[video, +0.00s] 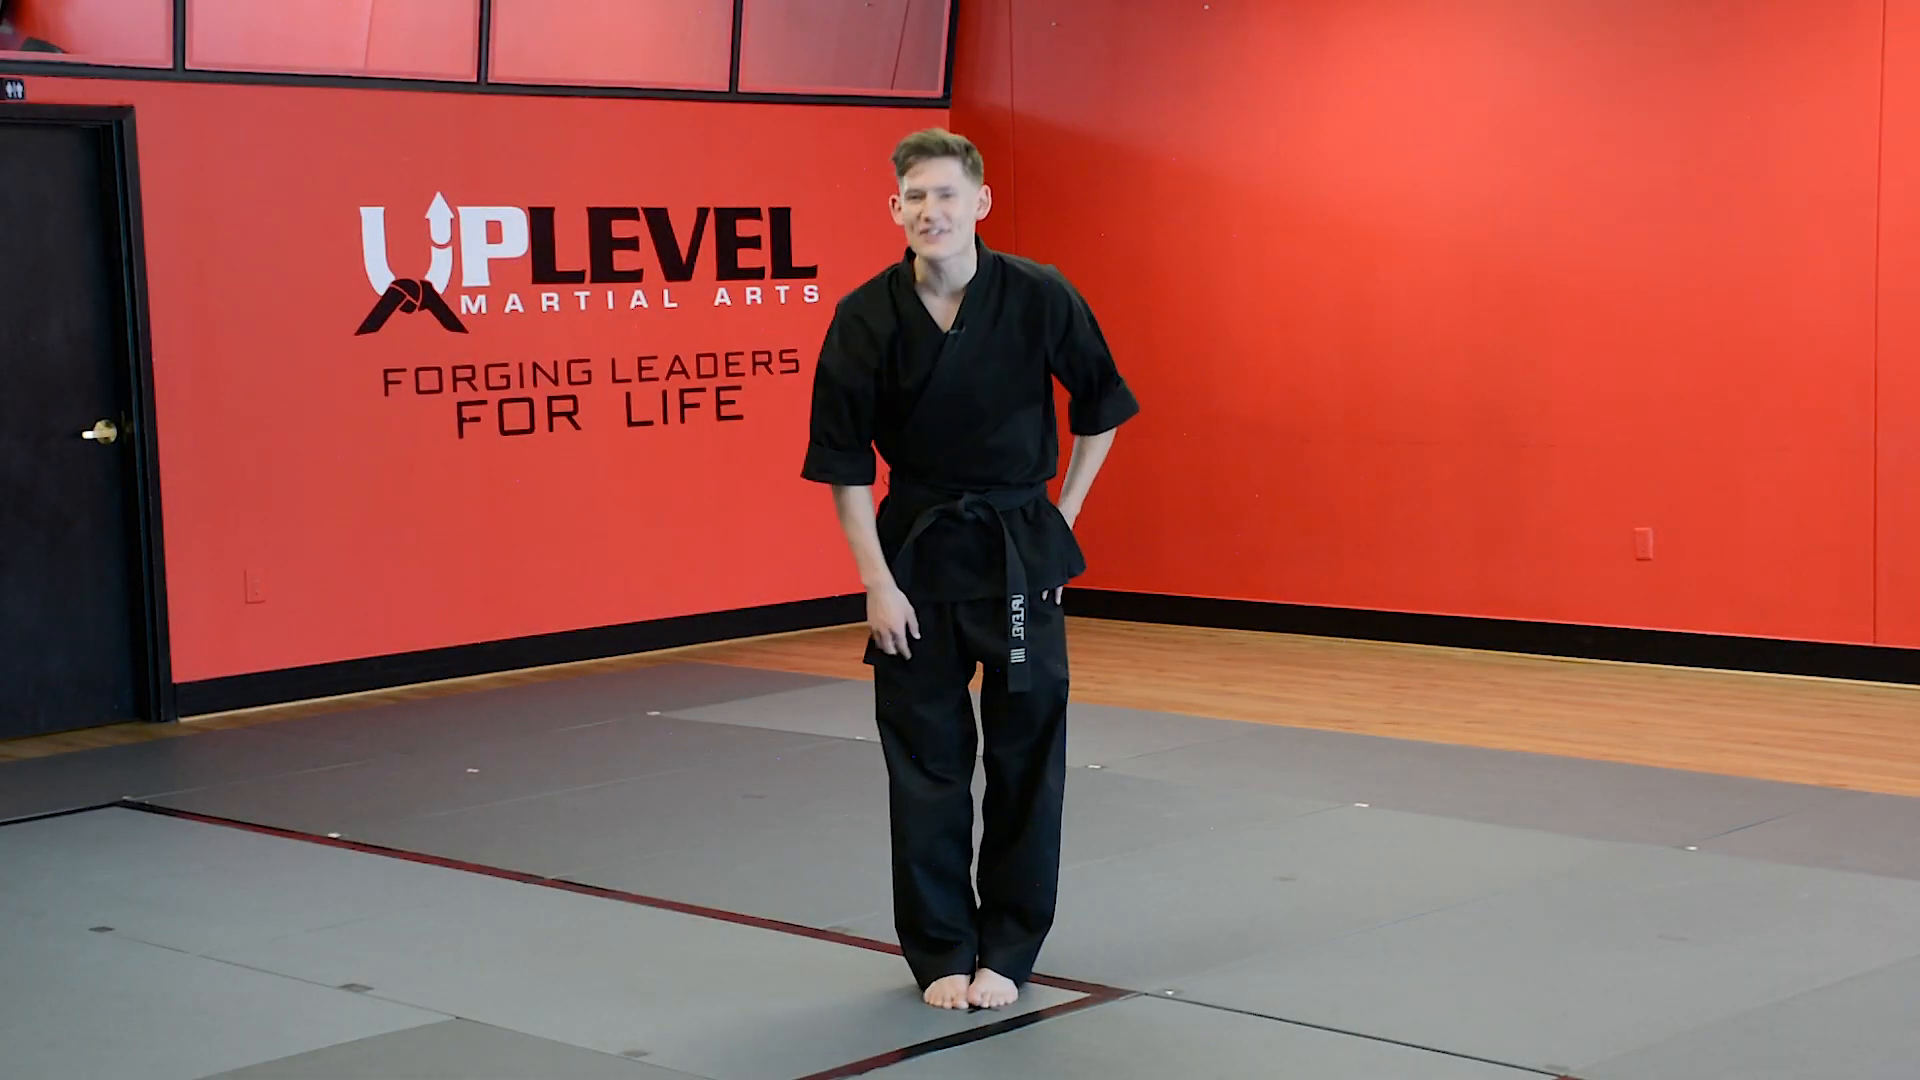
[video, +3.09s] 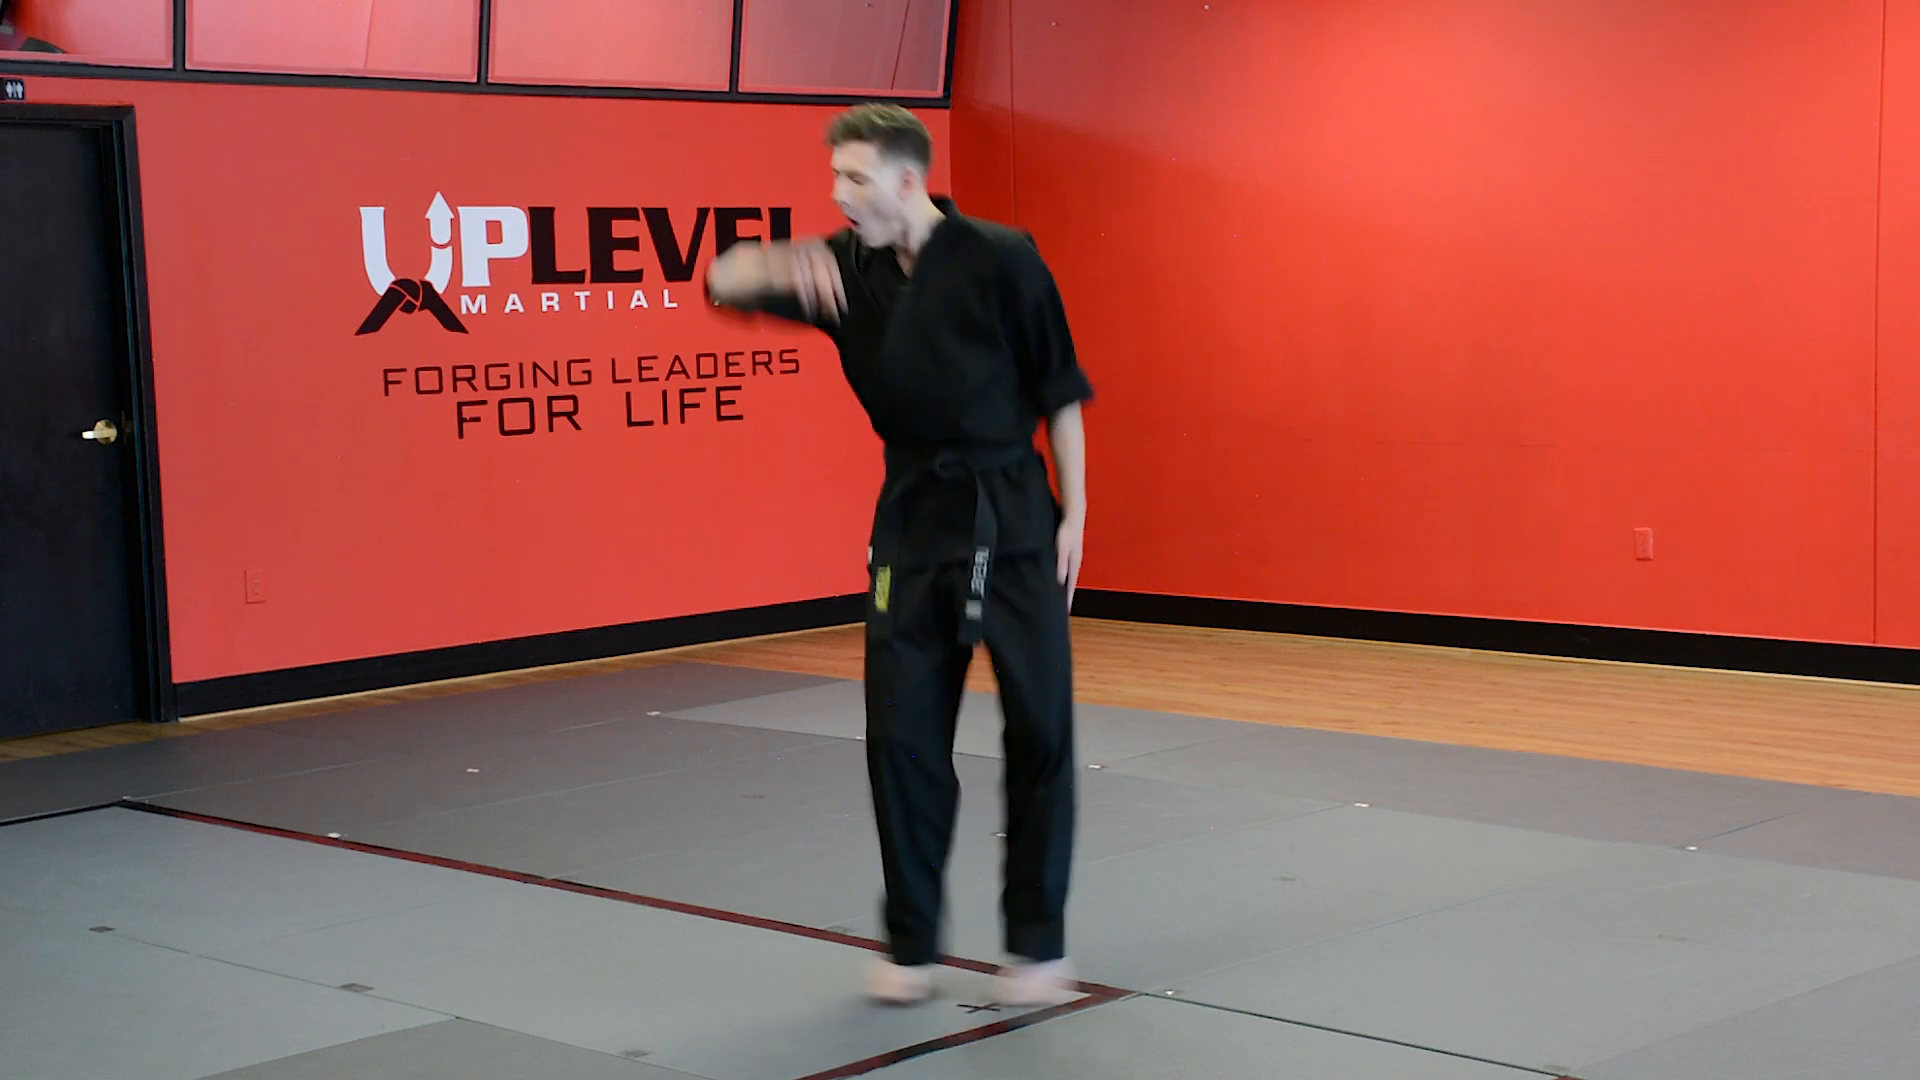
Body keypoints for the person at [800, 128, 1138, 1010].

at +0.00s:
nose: (928, 210)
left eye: (945, 194)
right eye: (914, 196)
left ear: (982, 202)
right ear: (897, 209)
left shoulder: (1037, 295)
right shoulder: (865, 319)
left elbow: (1103, 399)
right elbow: (844, 463)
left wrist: (1065, 514)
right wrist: (877, 585)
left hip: (1022, 544)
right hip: (915, 551)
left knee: (1025, 762)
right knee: (928, 767)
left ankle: (1006, 953)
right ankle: (941, 955)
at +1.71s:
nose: (957, 192)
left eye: (972, 176)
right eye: (941, 177)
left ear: (1001, 187)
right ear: (918, 190)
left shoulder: (1050, 297)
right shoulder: (880, 296)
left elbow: (1115, 420)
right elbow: (822, 416)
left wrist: (1120, 531)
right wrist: (821, 492)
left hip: (1018, 544)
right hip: (915, 544)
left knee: (1021, 762)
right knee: (927, 762)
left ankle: (1011, 953)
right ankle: (945, 952)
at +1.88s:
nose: (949, 192)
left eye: (966, 176)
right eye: (934, 177)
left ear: (995, 187)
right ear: (913, 188)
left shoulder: (1045, 291)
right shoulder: (877, 291)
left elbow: (1073, 418)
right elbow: (861, 438)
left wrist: (1056, 420)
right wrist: (858, 394)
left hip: (1011, 538)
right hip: (914, 538)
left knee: (1017, 756)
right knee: (927, 758)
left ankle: (1010, 952)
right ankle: (943, 953)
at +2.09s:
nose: (949, 189)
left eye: (965, 174)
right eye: (934, 174)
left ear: (993, 186)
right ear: (912, 187)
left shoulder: (1044, 293)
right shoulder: (873, 296)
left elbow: (1079, 421)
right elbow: (838, 426)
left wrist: (1059, 513)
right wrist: (869, 518)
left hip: (1017, 534)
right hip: (916, 536)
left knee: (1020, 755)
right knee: (927, 758)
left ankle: (1009, 954)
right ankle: (942, 954)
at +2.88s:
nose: (921, 243)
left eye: (938, 226)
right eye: (908, 227)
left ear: (975, 233)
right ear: (891, 238)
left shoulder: (1033, 340)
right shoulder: (865, 341)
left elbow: (1061, 484)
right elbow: (814, 478)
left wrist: (1061, 605)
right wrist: (829, 580)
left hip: (1011, 573)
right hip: (909, 576)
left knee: (1025, 787)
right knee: (910, 786)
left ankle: (1012, 959)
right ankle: (940, 959)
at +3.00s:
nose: (868, 223)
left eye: (883, 206)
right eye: (861, 207)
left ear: (936, 202)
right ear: (862, 210)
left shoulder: (1021, 295)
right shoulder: (862, 295)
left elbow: (1059, 437)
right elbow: (750, 349)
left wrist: (1066, 560)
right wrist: (798, 379)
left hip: (1009, 537)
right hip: (910, 538)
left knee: (1025, 753)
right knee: (908, 756)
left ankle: (1015, 958)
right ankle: (942, 955)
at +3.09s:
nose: (842, 197)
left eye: (857, 181)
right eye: (837, 181)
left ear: (911, 178)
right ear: (843, 183)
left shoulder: (1002, 256)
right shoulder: (844, 266)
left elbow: (1061, 389)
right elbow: (720, 281)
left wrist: (1076, 513)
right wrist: (776, 267)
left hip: (1012, 511)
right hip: (912, 511)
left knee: (1042, 732)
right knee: (903, 735)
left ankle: (1036, 949)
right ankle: (911, 949)